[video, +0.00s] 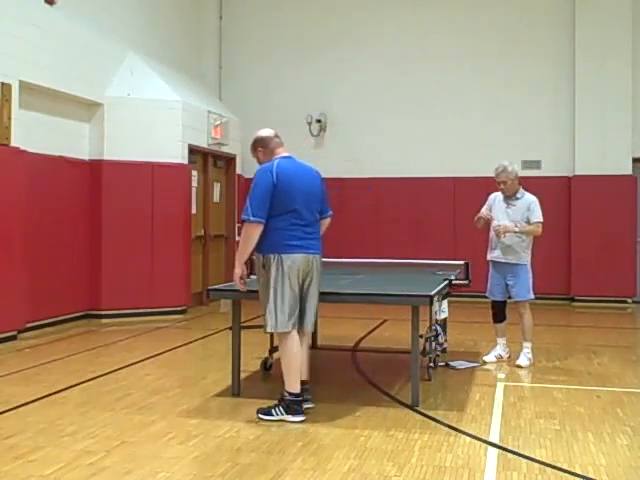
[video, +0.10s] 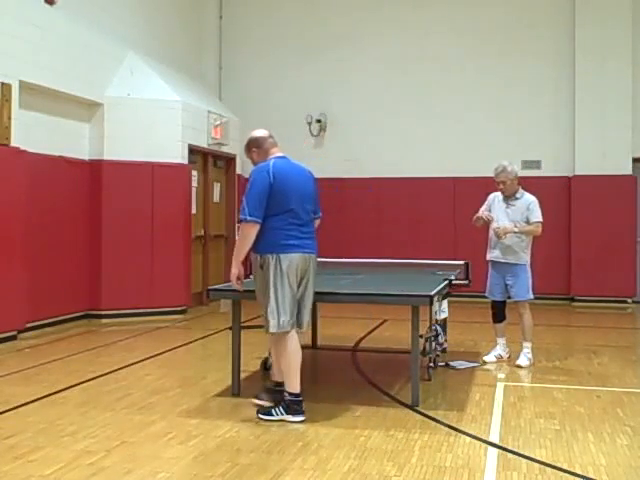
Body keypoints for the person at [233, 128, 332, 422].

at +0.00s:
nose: (257, 162)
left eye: (256, 158)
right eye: (256, 158)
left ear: (260, 151)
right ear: (281, 145)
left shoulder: (267, 172)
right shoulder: (312, 172)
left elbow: (255, 222)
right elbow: (325, 216)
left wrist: (240, 261)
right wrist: (307, 241)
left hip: (282, 258)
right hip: (311, 257)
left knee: (286, 331)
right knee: (301, 329)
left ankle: (292, 402)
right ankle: (302, 389)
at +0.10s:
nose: (252, 162)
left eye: (250, 158)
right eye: (250, 159)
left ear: (255, 151)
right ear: (275, 145)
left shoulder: (263, 171)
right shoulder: (305, 172)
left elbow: (251, 222)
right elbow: (314, 217)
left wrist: (236, 260)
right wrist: (300, 244)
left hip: (279, 256)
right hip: (306, 256)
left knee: (283, 329)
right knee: (287, 325)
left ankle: (293, 402)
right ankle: (280, 385)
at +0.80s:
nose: (200, 170)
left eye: (198, 165)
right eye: (198, 166)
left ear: (203, 155)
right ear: (222, 150)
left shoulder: (216, 163)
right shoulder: (247, 170)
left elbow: (227, 185)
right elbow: (271, 209)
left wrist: (213, 216)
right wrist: (257, 240)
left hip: (233, 249)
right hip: (257, 251)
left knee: (202, 317)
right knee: (245, 322)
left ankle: (214, 391)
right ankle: (244, 391)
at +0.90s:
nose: (193, 171)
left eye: (191, 167)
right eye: (190, 168)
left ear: (198, 156)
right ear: (214, 152)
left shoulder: (208, 163)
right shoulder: (241, 172)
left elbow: (219, 184)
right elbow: (264, 207)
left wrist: (204, 213)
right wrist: (250, 238)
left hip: (224, 250)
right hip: (249, 252)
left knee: (200, 321)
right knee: (241, 322)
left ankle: (182, 391)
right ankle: (242, 390)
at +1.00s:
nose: (183, 170)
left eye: (181, 166)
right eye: (181, 167)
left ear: (187, 157)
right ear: (204, 152)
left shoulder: (199, 165)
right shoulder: (232, 173)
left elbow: (208, 188)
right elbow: (256, 208)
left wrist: (194, 219)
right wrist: (240, 237)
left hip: (213, 251)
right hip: (241, 251)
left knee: (194, 323)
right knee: (235, 322)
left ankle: (168, 390)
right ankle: (241, 390)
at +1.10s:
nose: (173, 170)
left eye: (171, 166)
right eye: (171, 167)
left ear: (177, 157)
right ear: (194, 152)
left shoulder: (189, 168)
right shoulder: (221, 172)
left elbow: (193, 196)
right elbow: (244, 211)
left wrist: (180, 230)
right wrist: (229, 233)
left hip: (202, 253)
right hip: (229, 254)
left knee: (183, 323)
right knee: (227, 323)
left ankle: (164, 392)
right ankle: (240, 389)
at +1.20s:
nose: (163, 169)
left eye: (162, 164)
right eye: (161, 165)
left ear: (167, 156)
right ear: (185, 150)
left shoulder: (179, 169)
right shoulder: (213, 172)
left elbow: (178, 200)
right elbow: (230, 212)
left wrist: (166, 231)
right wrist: (210, 232)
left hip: (190, 251)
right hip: (216, 251)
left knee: (178, 324)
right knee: (214, 322)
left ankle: (164, 392)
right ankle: (237, 385)